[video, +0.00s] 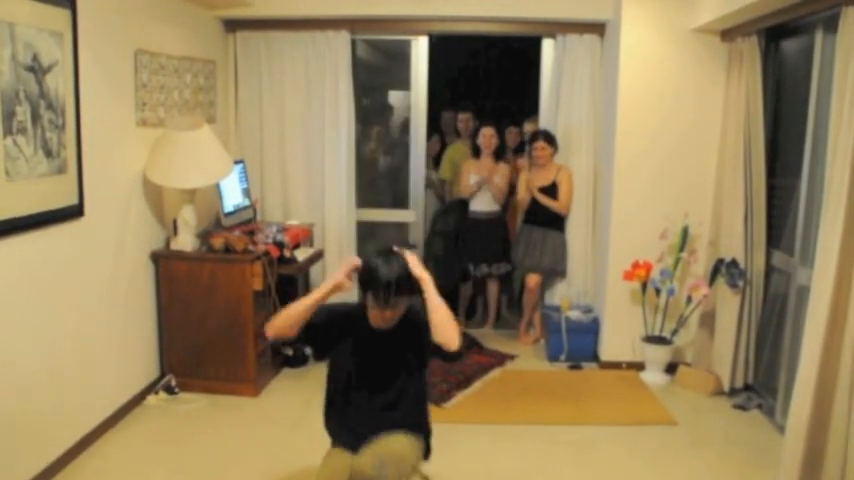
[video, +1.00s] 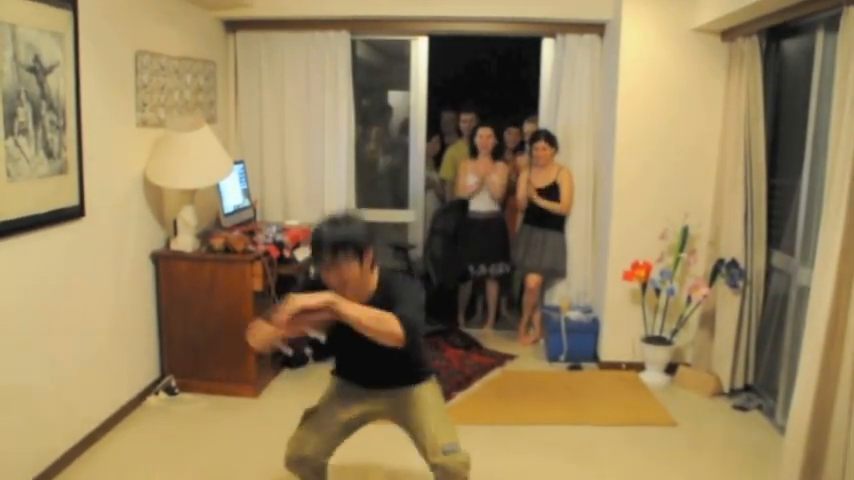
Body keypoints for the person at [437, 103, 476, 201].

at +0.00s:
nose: (465, 125)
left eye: (468, 120)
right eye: (461, 121)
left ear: (475, 123)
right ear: (457, 124)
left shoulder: (481, 148)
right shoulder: (452, 150)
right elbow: (447, 183)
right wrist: (450, 207)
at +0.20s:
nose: (465, 125)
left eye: (468, 121)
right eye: (461, 122)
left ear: (476, 123)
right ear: (457, 124)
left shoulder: (483, 147)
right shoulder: (453, 150)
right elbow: (447, 182)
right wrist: (450, 207)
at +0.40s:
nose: (466, 125)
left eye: (469, 121)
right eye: (462, 122)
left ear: (476, 123)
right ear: (457, 125)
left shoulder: (483, 147)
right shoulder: (453, 150)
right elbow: (447, 182)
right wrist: (449, 206)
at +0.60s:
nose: (467, 125)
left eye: (470, 121)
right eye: (463, 122)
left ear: (476, 123)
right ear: (458, 125)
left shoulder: (484, 148)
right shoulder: (453, 151)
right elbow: (448, 184)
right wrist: (450, 207)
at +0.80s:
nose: (467, 126)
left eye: (471, 121)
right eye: (463, 122)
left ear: (477, 124)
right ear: (459, 125)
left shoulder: (485, 147)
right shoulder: (454, 150)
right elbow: (448, 183)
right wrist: (451, 208)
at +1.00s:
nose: (467, 125)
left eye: (471, 121)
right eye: (463, 122)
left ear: (477, 123)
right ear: (459, 124)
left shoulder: (485, 148)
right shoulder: (453, 151)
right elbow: (448, 183)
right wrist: (451, 208)